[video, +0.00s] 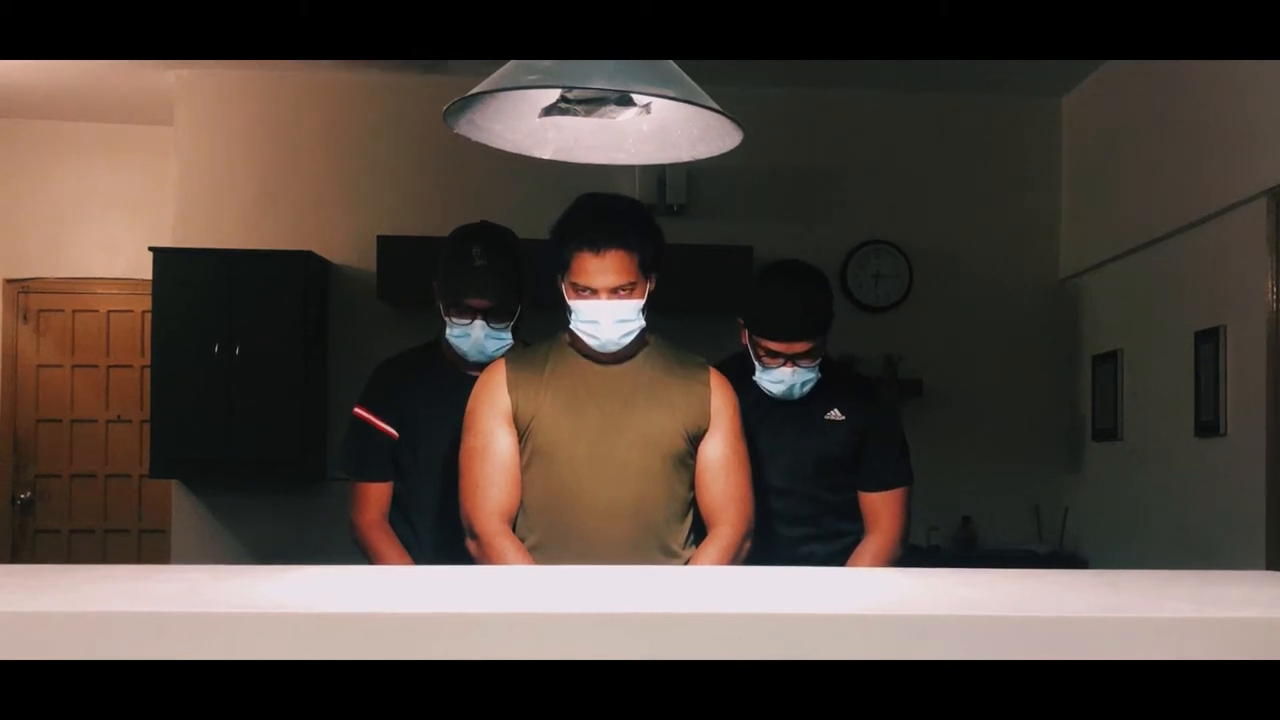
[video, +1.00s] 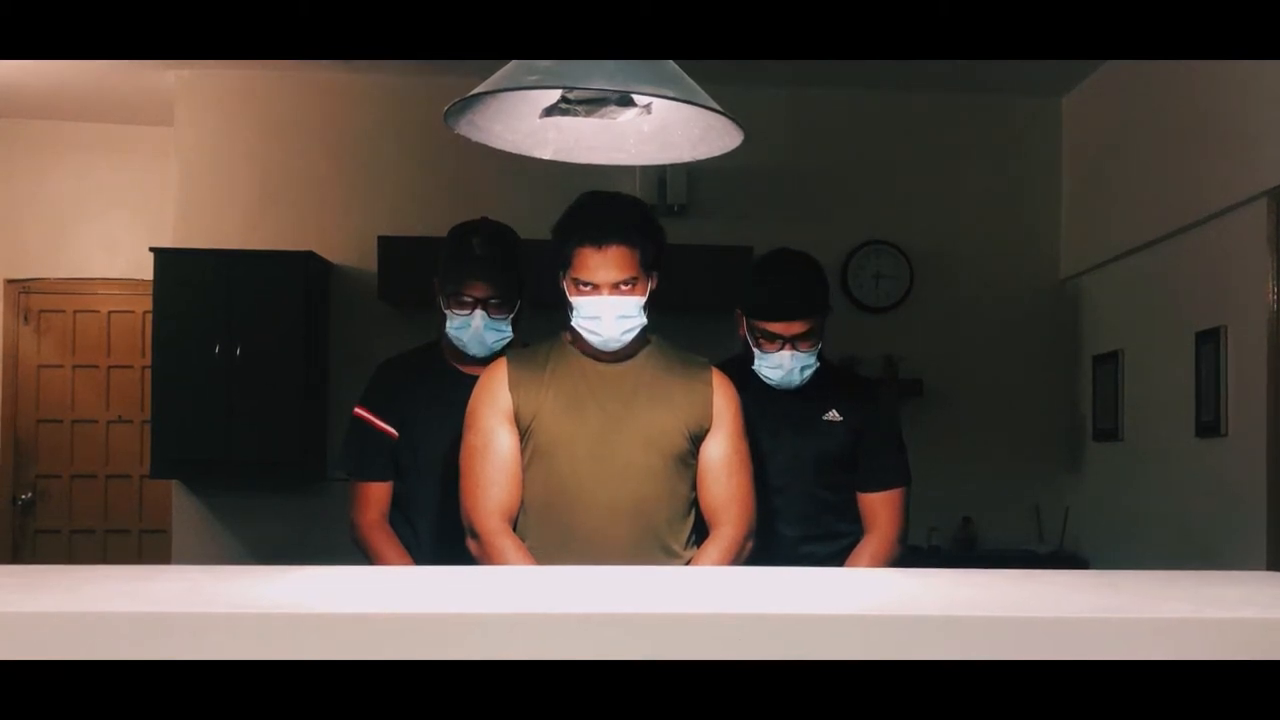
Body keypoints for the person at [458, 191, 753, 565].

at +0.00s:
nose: (603, 309)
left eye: (622, 291)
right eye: (585, 291)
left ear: (648, 286)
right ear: (562, 286)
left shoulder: (705, 389)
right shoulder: (506, 382)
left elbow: (731, 532)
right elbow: (487, 529)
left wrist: (670, 613)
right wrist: (552, 610)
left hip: (665, 611)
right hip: (542, 610)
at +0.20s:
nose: (603, 308)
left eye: (622, 290)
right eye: (585, 290)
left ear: (648, 286)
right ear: (563, 286)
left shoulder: (705, 390)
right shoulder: (506, 382)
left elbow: (731, 532)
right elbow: (487, 529)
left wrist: (670, 613)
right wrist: (553, 610)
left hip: (665, 611)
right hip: (542, 610)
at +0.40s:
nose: (604, 307)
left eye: (623, 289)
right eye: (585, 290)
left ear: (649, 286)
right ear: (563, 286)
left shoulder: (706, 389)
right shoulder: (507, 382)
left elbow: (731, 531)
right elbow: (486, 528)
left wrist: (670, 613)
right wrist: (552, 610)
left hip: (665, 611)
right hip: (542, 611)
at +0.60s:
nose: (605, 307)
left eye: (624, 288)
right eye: (586, 289)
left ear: (650, 285)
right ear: (564, 285)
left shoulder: (706, 389)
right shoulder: (507, 382)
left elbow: (732, 533)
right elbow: (486, 529)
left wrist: (669, 615)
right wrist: (554, 612)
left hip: (665, 613)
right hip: (543, 612)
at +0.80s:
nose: (605, 306)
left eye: (624, 287)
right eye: (586, 288)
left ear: (650, 285)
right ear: (564, 285)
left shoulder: (706, 389)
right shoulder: (507, 382)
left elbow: (732, 532)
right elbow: (487, 529)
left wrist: (670, 613)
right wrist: (553, 612)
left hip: (666, 613)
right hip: (543, 612)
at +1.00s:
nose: (605, 304)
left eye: (625, 286)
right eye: (587, 286)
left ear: (650, 284)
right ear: (564, 284)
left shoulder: (706, 389)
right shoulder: (507, 382)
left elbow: (733, 533)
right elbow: (487, 529)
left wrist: (670, 614)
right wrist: (553, 612)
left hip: (666, 613)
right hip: (544, 613)